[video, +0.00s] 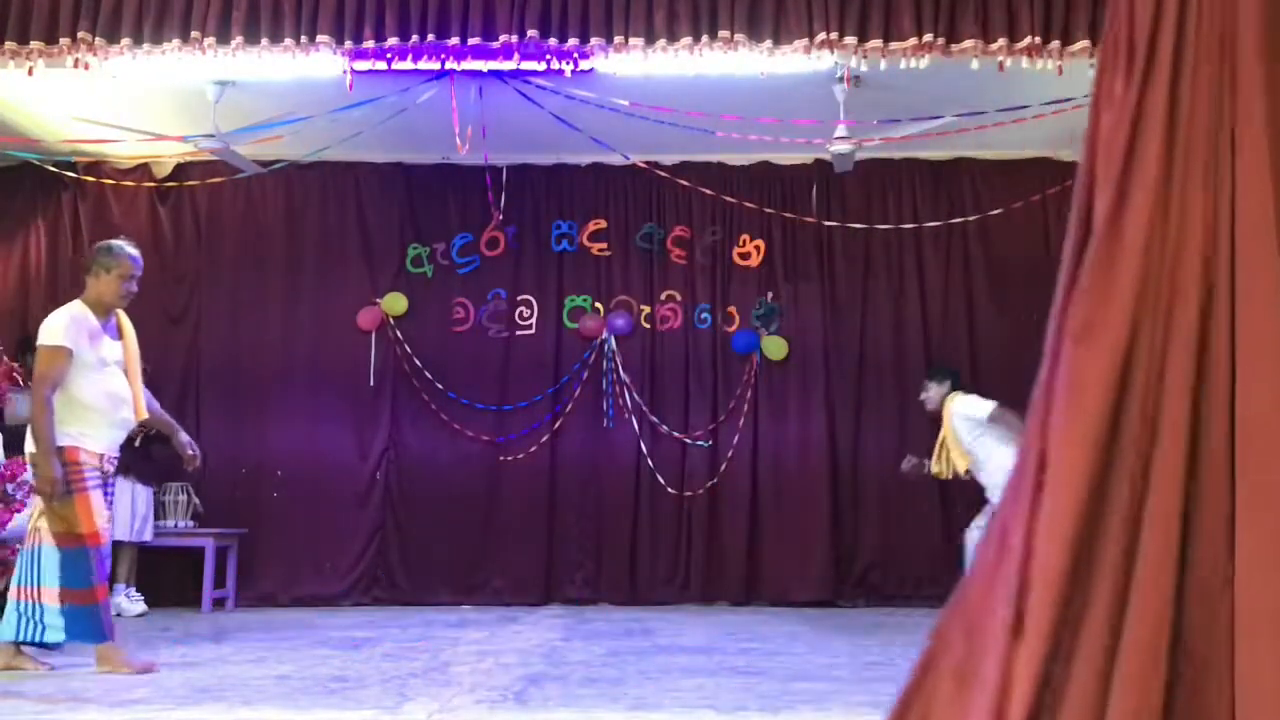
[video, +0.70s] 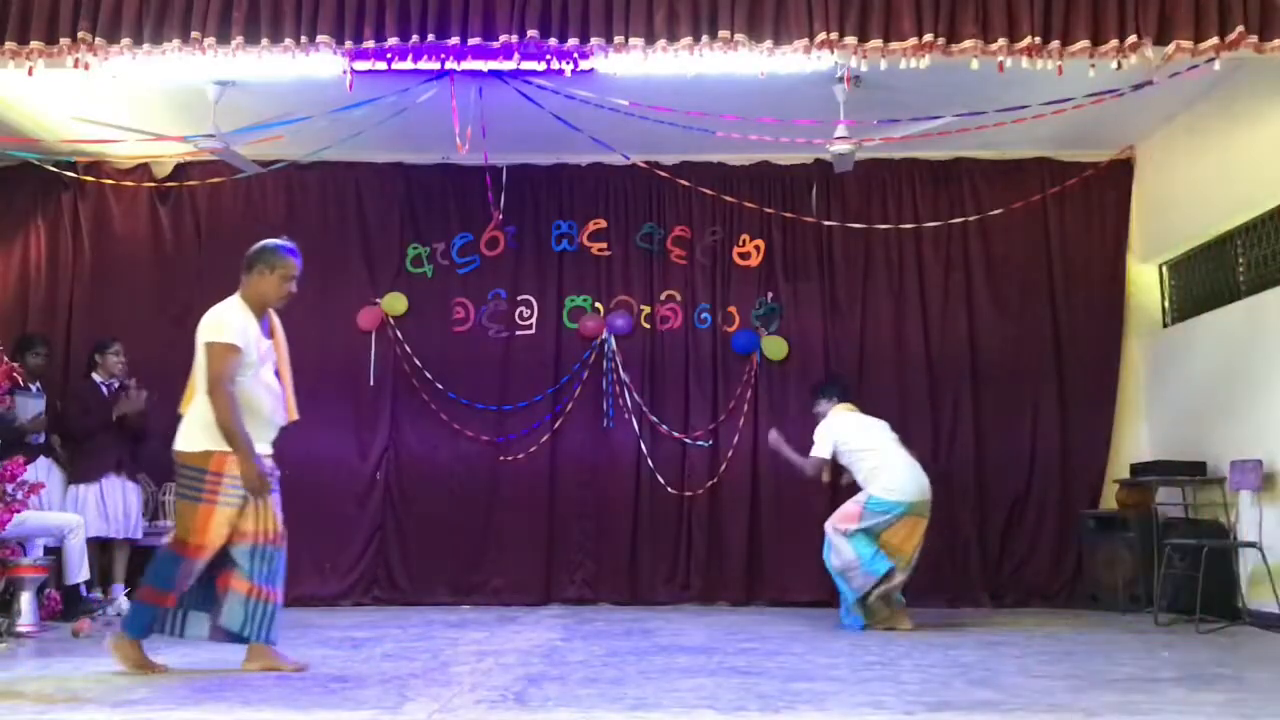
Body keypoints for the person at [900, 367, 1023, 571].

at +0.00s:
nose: (922, 396)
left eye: (928, 388)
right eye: (922, 390)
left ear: (946, 385)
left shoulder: (959, 403)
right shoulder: (950, 423)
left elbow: (1004, 415)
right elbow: (957, 465)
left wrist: (1033, 444)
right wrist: (924, 467)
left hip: (1016, 481)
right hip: (1000, 493)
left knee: (975, 535)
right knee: (974, 536)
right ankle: (973, 593)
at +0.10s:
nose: (904, 400)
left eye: (910, 393)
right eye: (903, 393)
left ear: (927, 391)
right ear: (922, 394)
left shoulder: (942, 414)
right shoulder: (933, 424)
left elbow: (978, 450)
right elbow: (946, 485)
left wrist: (971, 503)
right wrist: (919, 495)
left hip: (1003, 495)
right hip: (993, 497)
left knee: (954, 539)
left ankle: (977, 614)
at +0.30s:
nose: (877, 379)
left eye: (877, 373)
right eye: (875, 374)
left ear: (888, 367)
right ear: (902, 366)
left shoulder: (899, 384)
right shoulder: (921, 388)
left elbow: (885, 411)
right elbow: (931, 419)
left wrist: (851, 424)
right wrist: (909, 436)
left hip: (955, 471)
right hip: (980, 469)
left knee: (918, 529)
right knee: (960, 541)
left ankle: (986, 511)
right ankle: (970, 614)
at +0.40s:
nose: (859, 363)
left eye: (863, 357)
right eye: (859, 357)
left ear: (878, 356)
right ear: (887, 359)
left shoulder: (883, 375)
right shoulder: (911, 382)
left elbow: (847, 388)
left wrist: (812, 395)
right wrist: (895, 418)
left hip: (936, 457)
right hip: (967, 459)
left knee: (885, 500)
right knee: (935, 530)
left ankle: (953, 506)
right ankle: (956, 595)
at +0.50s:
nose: (844, 375)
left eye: (848, 369)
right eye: (845, 369)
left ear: (863, 366)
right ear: (875, 367)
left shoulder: (864, 385)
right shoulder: (896, 390)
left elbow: (824, 405)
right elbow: (936, 411)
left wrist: (790, 391)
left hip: (919, 461)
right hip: (950, 464)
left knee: (864, 505)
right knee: (910, 532)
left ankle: (931, 517)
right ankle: (915, 603)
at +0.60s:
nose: (834, 406)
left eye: (835, 402)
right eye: (834, 403)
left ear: (841, 397)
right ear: (861, 393)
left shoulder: (845, 409)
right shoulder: (887, 411)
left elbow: (815, 445)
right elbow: (927, 435)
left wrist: (786, 411)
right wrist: (919, 472)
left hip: (902, 482)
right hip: (934, 483)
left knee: (847, 521)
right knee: (875, 545)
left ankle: (909, 543)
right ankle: (893, 612)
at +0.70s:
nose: (816, 411)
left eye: (818, 405)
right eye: (815, 406)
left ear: (831, 401)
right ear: (844, 402)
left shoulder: (829, 425)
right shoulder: (874, 422)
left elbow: (812, 470)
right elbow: (900, 455)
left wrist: (781, 446)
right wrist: (856, 472)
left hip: (889, 492)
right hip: (921, 491)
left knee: (836, 527)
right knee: (883, 554)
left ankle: (883, 574)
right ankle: (893, 613)